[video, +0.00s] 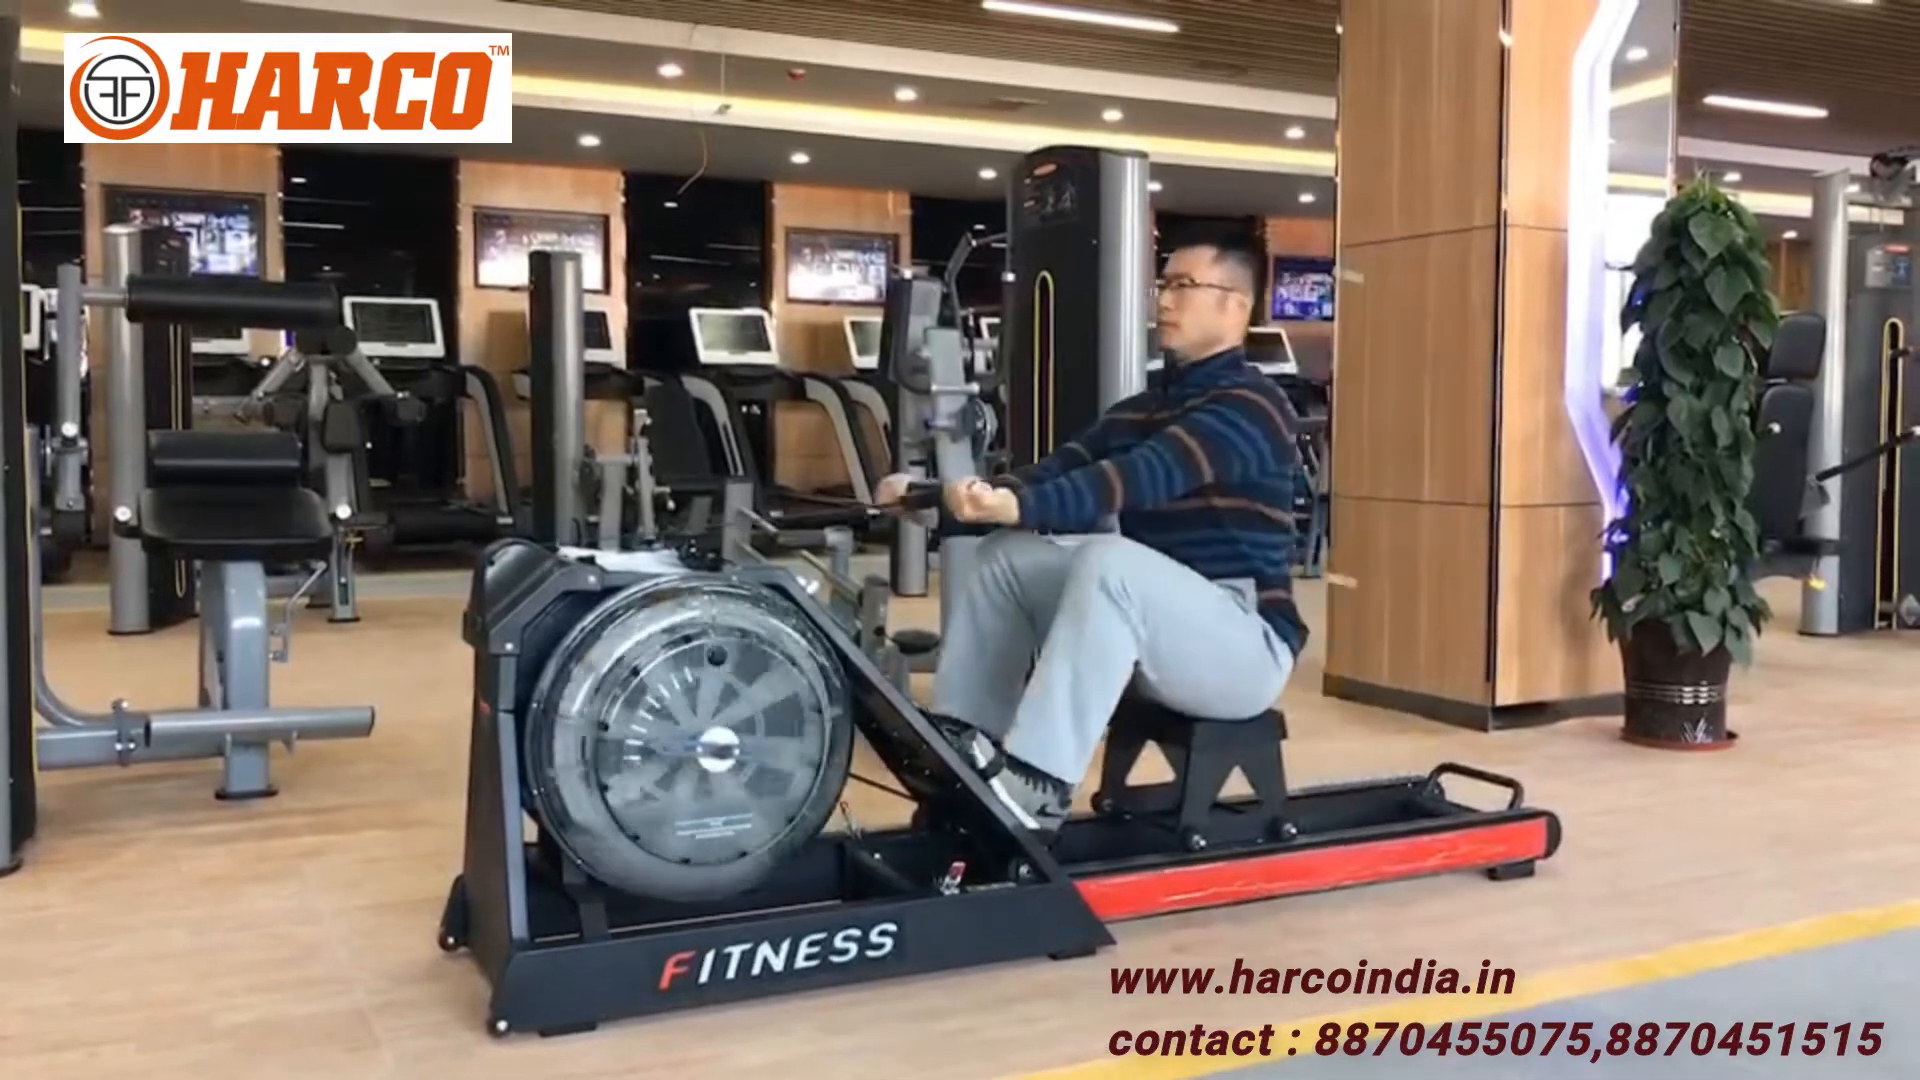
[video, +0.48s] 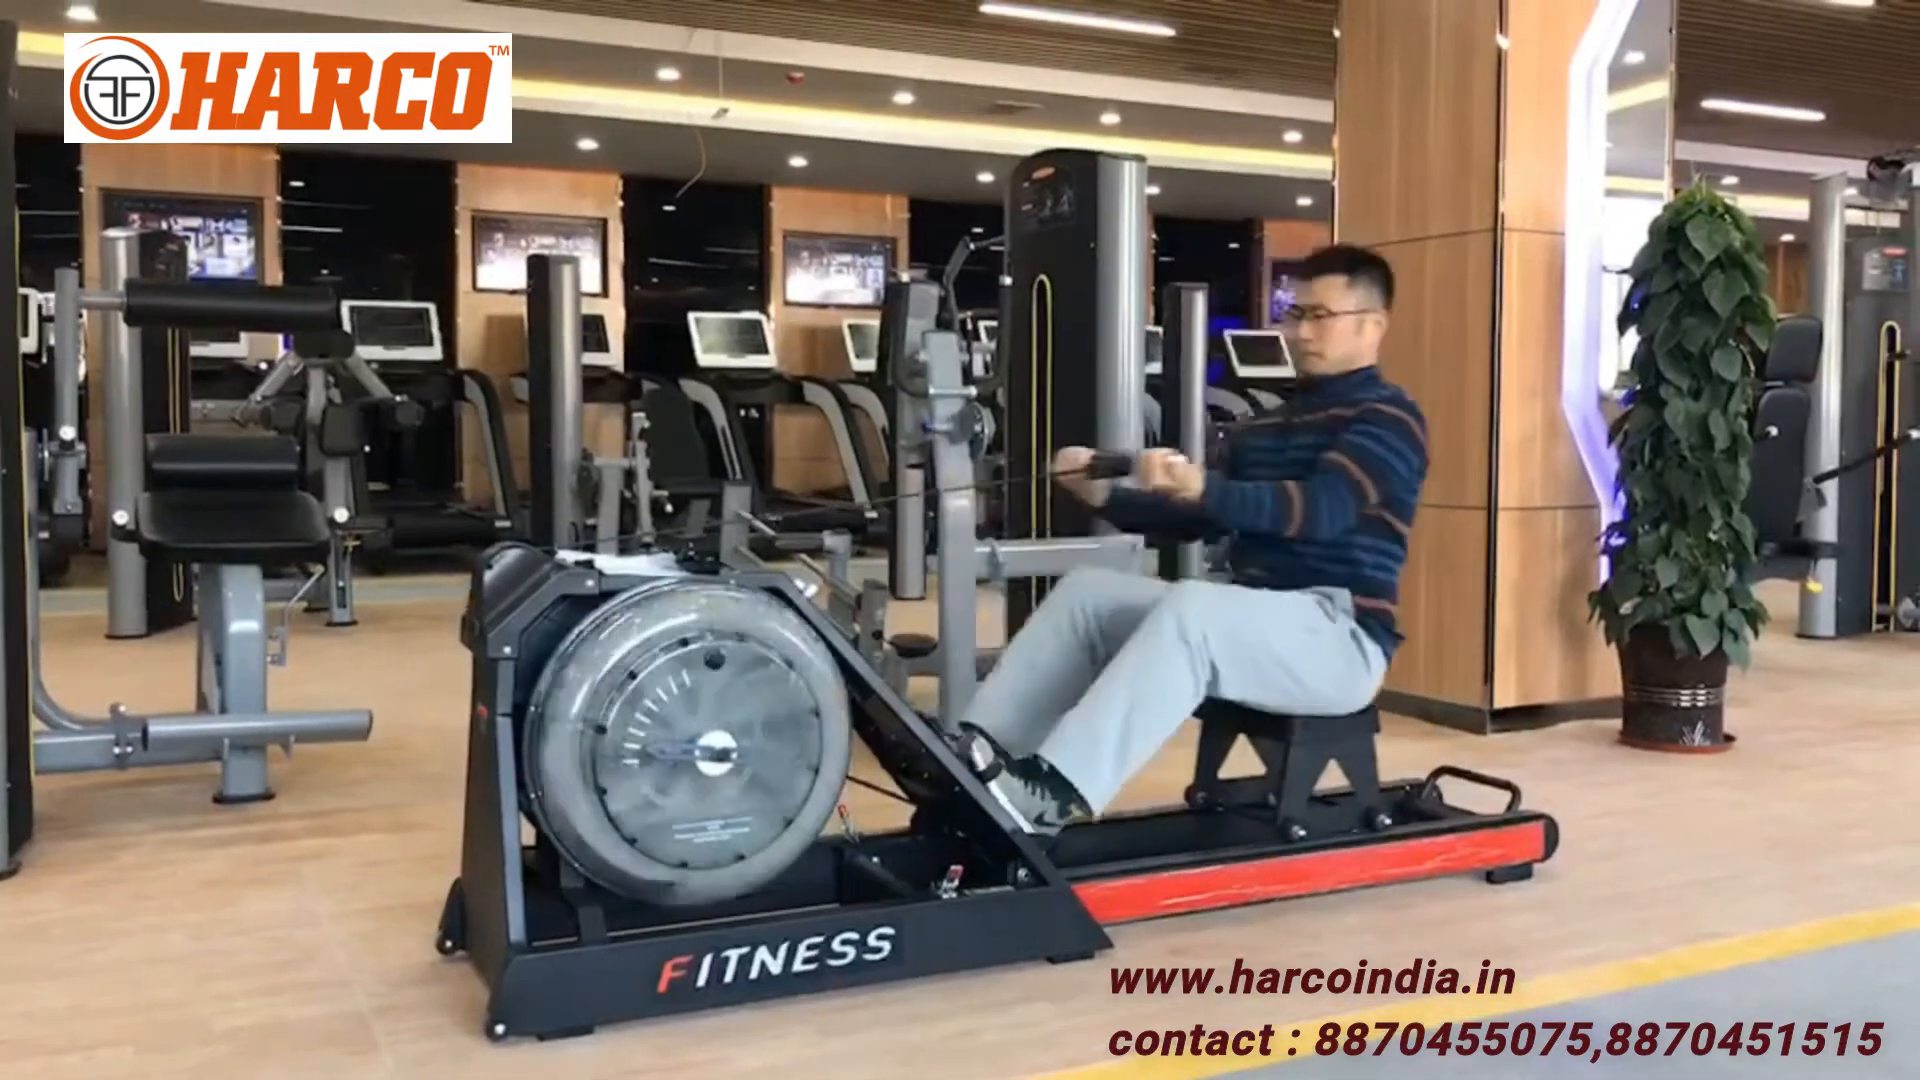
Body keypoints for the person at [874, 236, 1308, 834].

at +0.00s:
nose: (1163, 300)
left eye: (1183, 288)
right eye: (1164, 286)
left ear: (1236, 307)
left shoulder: (1251, 406)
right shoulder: (1144, 407)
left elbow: (1143, 476)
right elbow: (1058, 470)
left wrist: (1019, 506)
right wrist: (931, 494)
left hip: (1245, 645)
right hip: (1155, 622)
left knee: (1109, 565)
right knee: (992, 557)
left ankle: (1039, 783)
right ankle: (966, 749)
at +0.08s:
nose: (1176, 299)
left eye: (1199, 287)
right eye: (1176, 286)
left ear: (1248, 312)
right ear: (1167, 297)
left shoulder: (1261, 406)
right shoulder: (1153, 407)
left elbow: (1151, 476)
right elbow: (1066, 470)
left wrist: (1029, 505)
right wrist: (935, 491)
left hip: (1250, 644)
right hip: (1157, 622)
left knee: (1114, 568)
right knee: (991, 556)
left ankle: (1039, 784)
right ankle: (965, 743)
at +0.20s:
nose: (1211, 306)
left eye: (1231, 293)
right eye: (1209, 292)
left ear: (1280, 313)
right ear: (1201, 303)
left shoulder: (1295, 408)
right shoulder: (1184, 409)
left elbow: (1196, 482)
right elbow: (1098, 474)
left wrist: (1074, 504)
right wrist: (976, 487)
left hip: (1270, 641)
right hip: (1178, 617)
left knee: (1133, 574)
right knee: (1026, 569)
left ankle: (1041, 785)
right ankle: (962, 755)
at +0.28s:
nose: (1229, 310)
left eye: (1249, 297)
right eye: (1227, 297)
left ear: (1301, 315)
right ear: (1220, 306)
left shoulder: (1317, 414)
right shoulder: (1199, 416)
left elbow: (1225, 490)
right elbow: (1113, 486)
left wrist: (1104, 506)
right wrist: (997, 484)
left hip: (1285, 639)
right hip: (1190, 615)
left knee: (1146, 580)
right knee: (1038, 575)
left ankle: (1043, 787)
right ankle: (967, 750)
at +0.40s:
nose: (1275, 323)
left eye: (1295, 309)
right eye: (1272, 309)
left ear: (1350, 322)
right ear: (1266, 315)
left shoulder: (1365, 415)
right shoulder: (1246, 422)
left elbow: (1285, 502)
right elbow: (1175, 499)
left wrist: (1171, 496)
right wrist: (1071, 491)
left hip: (1322, 636)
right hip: (1231, 616)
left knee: (1175, 601)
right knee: (1071, 584)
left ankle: (1046, 788)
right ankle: (968, 749)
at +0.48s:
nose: (1301, 330)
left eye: (1320, 316)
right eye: (1297, 315)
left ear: (1375, 326)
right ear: (1289, 321)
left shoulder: (1390, 419)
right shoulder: (1273, 422)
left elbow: (1318, 510)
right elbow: (1206, 516)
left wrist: (1205, 488)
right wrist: (1103, 495)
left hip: (1340, 633)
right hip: (1252, 615)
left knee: (1191, 614)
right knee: (1087, 593)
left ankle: (1056, 789)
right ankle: (974, 752)